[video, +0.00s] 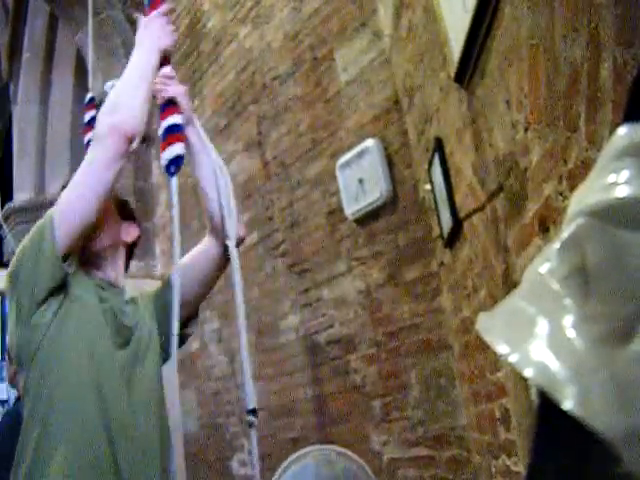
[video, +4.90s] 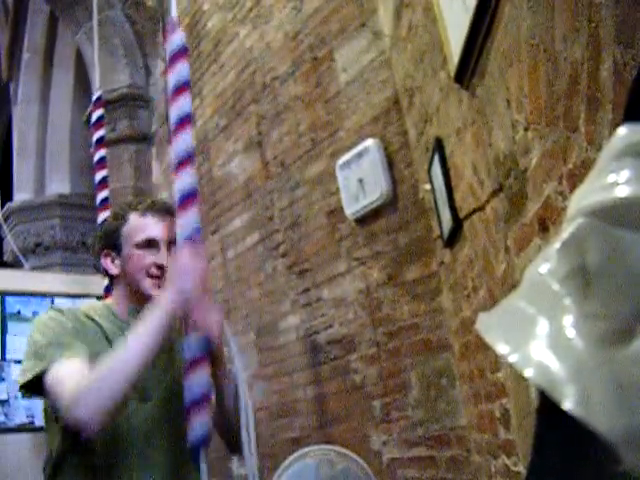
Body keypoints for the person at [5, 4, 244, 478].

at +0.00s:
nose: (99, 210)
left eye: (111, 203)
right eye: (97, 199)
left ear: (129, 230)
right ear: (74, 228)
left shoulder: (149, 317)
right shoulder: (38, 291)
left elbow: (225, 236)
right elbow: (118, 135)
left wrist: (187, 124)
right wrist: (147, 48)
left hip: (143, 470)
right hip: (56, 469)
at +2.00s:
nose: (87, 242)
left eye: (101, 234)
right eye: (87, 234)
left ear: (132, 254)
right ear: (74, 248)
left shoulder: (170, 327)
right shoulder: (52, 326)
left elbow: (228, 230)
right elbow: (93, 195)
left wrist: (172, 136)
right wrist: (128, 108)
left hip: (165, 470)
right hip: (78, 470)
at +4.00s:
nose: (136, 232)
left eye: (144, 225)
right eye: (124, 224)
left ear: (159, 246)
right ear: (106, 241)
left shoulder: (187, 324)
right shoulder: (71, 319)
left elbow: (247, 241)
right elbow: (127, 203)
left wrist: (187, 161)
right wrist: (137, 129)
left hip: (180, 472)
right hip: (92, 471)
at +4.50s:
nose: (153, 243)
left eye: (159, 232)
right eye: (141, 232)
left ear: (167, 243)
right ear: (96, 254)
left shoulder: (179, 332)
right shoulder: (63, 324)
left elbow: (251, 301)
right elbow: (127, 253)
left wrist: (195, 202)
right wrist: (144, 166)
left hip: (182, 471)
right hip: (93, 471)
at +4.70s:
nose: (152, 242)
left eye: (158, 235)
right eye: (135, 233)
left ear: (169, 251)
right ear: (104, 258)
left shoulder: (178, 334)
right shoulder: (53, 322)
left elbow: (252, 362)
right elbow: (119, 315)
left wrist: (204, 241)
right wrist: (157, 207)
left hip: (176, 472)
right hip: (85, 472)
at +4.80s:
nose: (160, 251)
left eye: (165, 241)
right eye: (143, 240)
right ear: (108, 259)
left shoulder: (180, 332)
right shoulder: (56, 321)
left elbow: (243, 402)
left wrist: (212, 280)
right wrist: (165, 243)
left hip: (175, 473)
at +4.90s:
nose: (163, 261)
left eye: (170, 248)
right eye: (148, 246)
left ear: (179, 256)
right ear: (111, 261)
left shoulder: (185, 332)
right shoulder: (60, 326)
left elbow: (237, 441)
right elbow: (86, 412)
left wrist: (217, 346)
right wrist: (170, 303)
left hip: (175, 473)